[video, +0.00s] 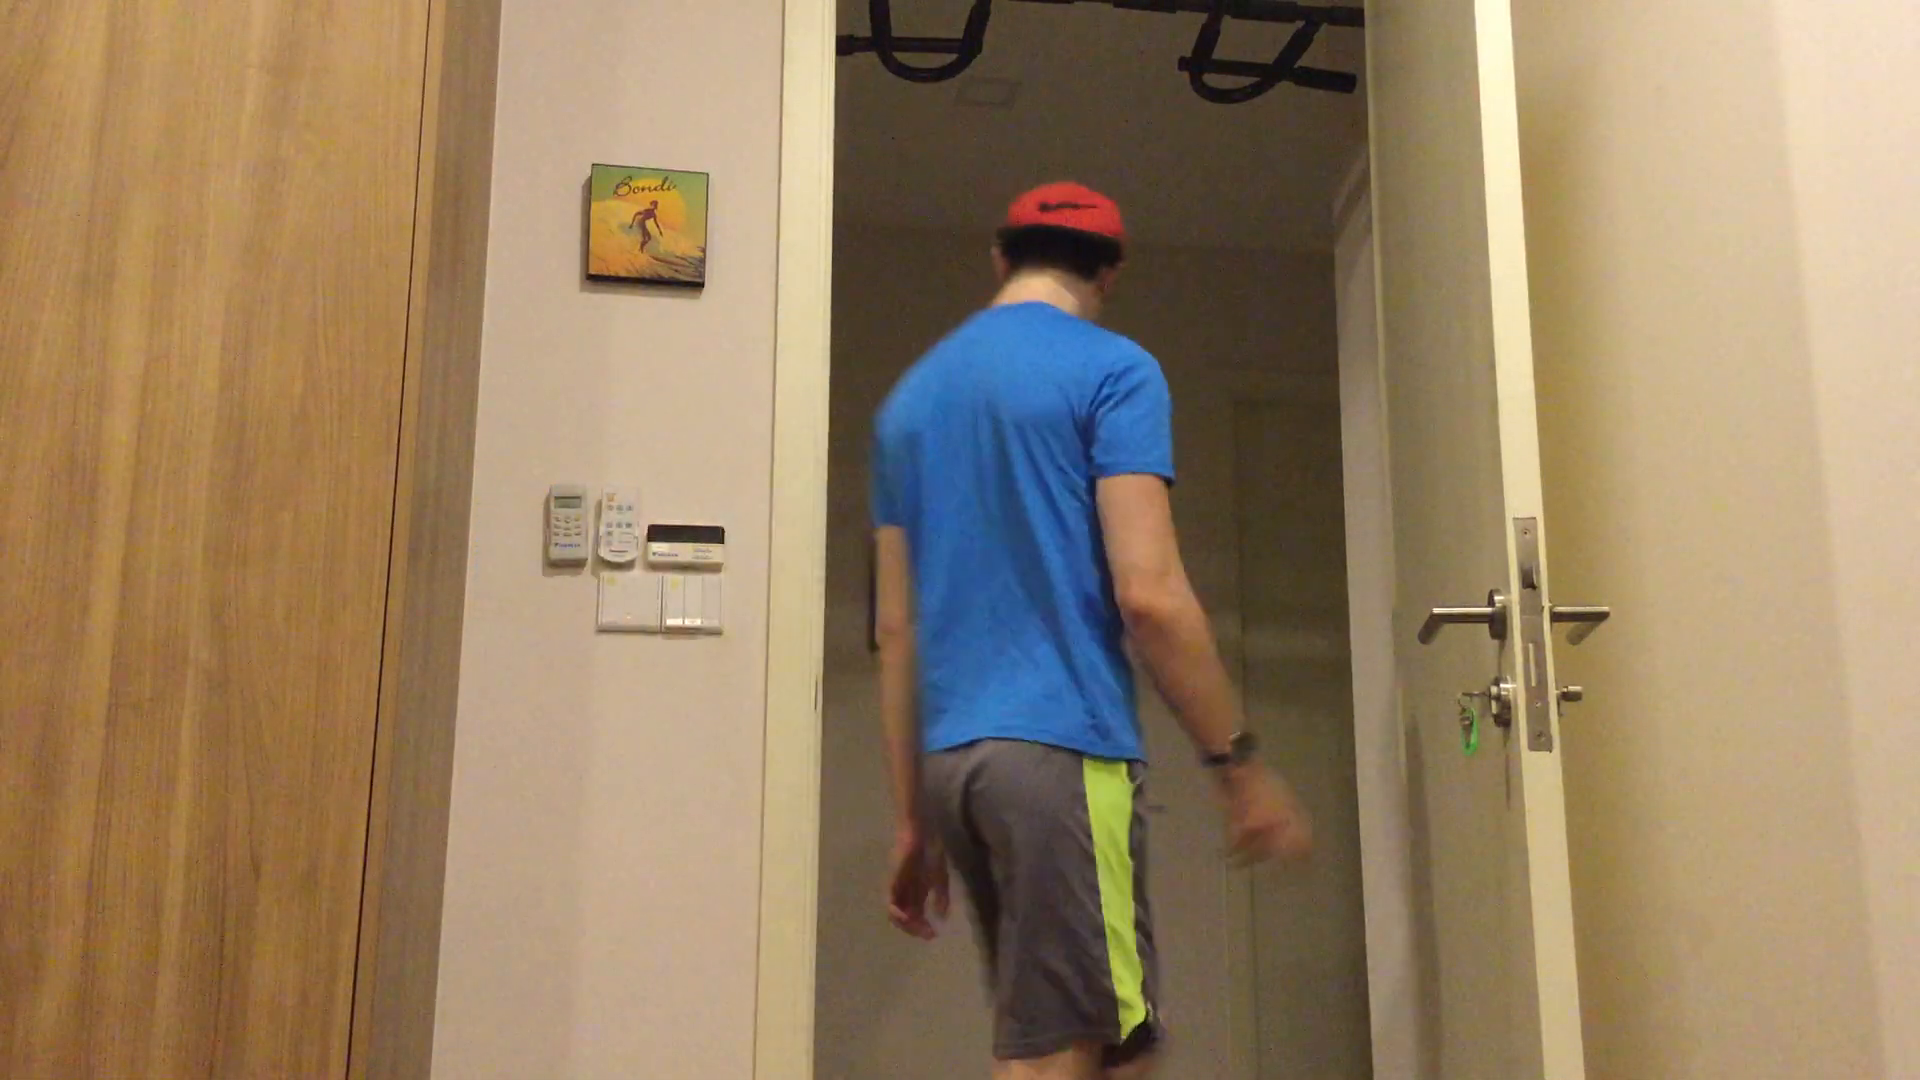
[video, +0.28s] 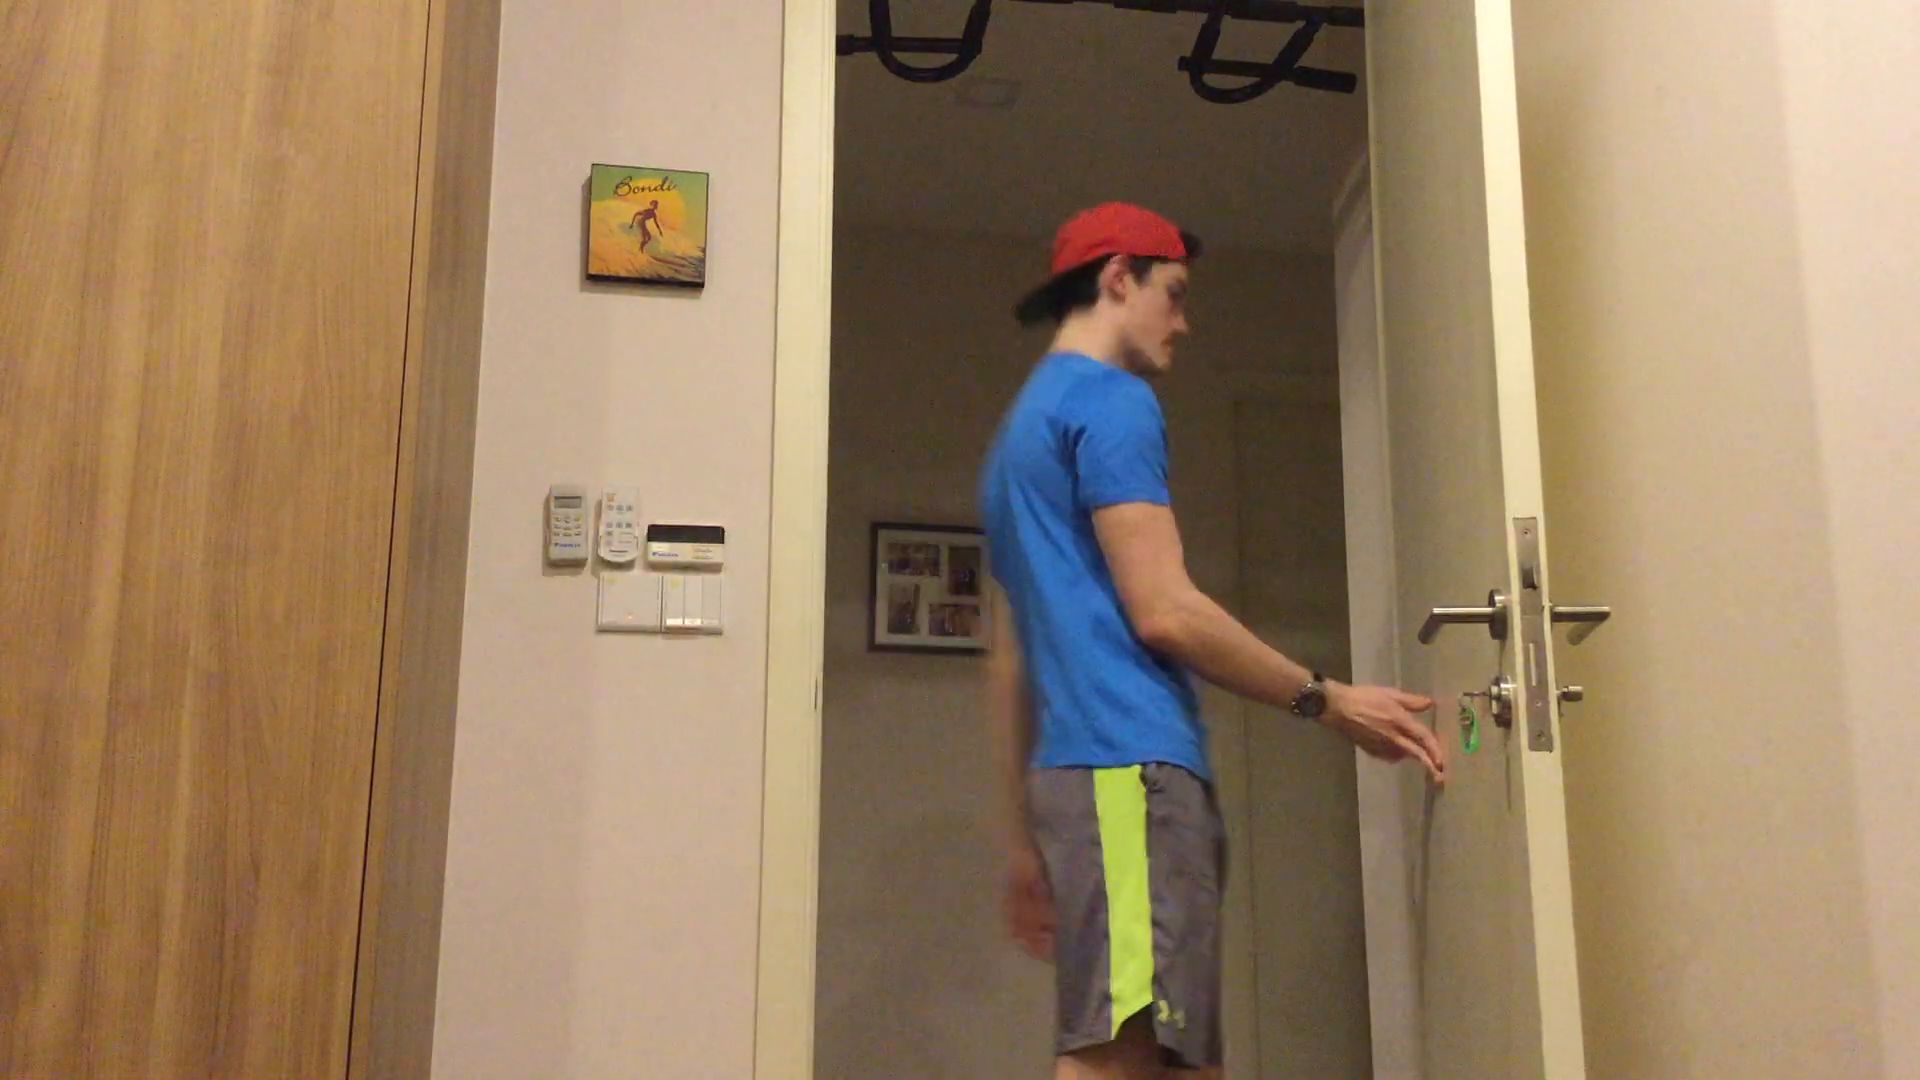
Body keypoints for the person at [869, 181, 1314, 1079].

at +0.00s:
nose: (1107, 293)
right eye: (1110, 278)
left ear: (1001, 261)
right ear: (1106, 274)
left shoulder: (909, 398)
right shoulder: (1111, 366)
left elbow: (895, 634)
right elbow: (1148, 593)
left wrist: (912, 816)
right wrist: (1240, 765)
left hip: (952, 766)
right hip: (1060, 759)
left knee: (1119, 1045)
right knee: (1047, 1054)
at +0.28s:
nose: (1183, 324)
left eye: (1184, 299)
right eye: (1173, 293)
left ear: (1109, 287)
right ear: (1118, 282)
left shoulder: (1023, 427)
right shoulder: (1106, 398)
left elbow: (1008, 656)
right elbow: (1163, 609)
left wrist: (1024, 835)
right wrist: (1329, 700)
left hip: (1086, 771)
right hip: (1127, 770)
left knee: (1168, 1054)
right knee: (1116, 1051)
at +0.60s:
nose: (1202, 314)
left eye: (1209, 299)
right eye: (1174, 299)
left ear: (1219, 315)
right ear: (1123, 324)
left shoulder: (1175, 467)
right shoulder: (1118, 434)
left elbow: (1191, 685)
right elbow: (1176, 615)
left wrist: (1250, 827)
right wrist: (1336, 710)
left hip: (1173, 789)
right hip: (1119, 778)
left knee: (1175, 1055)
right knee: (1171, 1055)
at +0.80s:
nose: (1178, 326)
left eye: (1190, 311)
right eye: (1150, 315)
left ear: (1206, 333)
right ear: (1113, 345)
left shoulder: (1229, 500)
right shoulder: (1096, 455)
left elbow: (1228, 682)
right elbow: (1129, 617)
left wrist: (1244, 842)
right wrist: (1242, 735)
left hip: (1197, 805)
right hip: (1094, 793)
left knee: (1186, 1059)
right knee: (1107, 1051)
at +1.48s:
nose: (1046, 384)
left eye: (1064, 361)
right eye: (1027, 364)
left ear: (1098, 359)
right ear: (1008, 368)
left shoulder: (1163, 492)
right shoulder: (972, 499)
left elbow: (1191, 654)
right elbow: (952, 658)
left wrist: (1206, 801)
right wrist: (931, 769)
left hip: (1118, 804)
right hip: (994, 801)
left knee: (1132, 1047)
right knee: (999, 1042)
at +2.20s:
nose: (1116, 320)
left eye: (1136, 312)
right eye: (1095, 314)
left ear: (1165, 350)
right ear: (1073, 355)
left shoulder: (1227, 492)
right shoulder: (1025, 486)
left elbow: (1259, 665)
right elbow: (959, 641)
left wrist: (1335, 800)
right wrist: (849, 682)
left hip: (1146, 821)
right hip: (1019, 807)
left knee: (1145, 1066)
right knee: (989, 1062)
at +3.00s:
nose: (1118, 324)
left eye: (1140, 321)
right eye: (1106, 327)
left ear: (1184, 371)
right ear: (1093, 381)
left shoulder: (1235, 508)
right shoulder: (1049, 452)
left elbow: (1247, 676)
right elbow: (913, 379)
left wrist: (1337, 788)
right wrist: (927, 226)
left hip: (1168, 801)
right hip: (1050, 783)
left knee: (1158, 1061)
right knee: (1064, 1048)